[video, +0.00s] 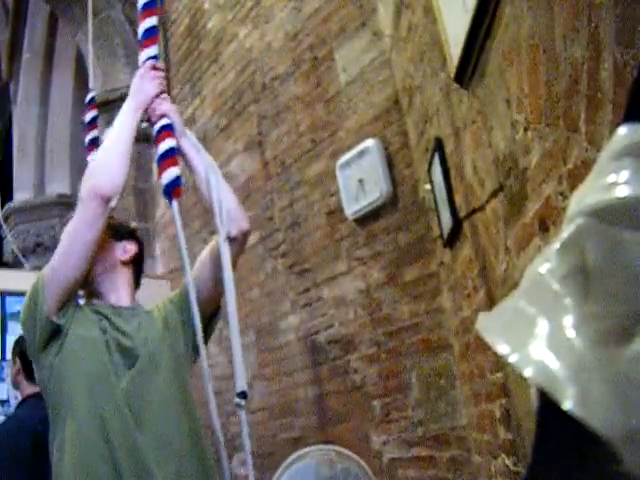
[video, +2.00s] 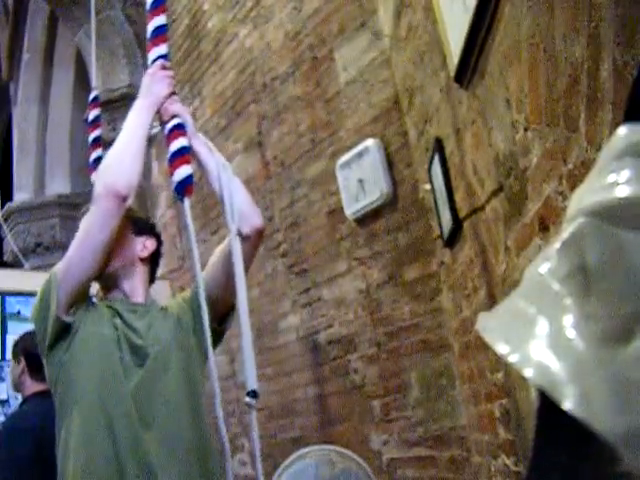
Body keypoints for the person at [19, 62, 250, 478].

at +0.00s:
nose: (84, 247)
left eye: (96, 237)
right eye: (83, 240)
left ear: (127, 250)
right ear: (72, 255)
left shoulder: (171, 322)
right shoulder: (53, 328)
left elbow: (234, 229)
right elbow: (98, 193)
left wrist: (179, 132)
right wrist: (134, 103)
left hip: (184, 470)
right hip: (86, 470)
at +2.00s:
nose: (101, 238)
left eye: (115, 230)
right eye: (102, 230)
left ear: (146, 245)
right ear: (88, 246)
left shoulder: (185, 320)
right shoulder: (66, 322)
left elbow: (248, 228)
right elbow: (112, 191)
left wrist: (193, 137)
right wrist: (145, 103)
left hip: (189, 470)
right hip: (92, 470)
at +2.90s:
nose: (148, 239)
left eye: (155, 231)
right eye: (137, 232)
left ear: (163, 244)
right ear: (108, 242)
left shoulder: (184, 331)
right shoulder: (65, 325)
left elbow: (251, 280)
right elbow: (126, 237)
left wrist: (193, 191)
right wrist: (142, 154)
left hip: (185, 471)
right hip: (94, 471)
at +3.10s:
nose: (153, 246)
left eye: (159, 235)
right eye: (136, 233)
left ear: (168, 249)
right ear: (97, 255)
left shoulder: (177, 326)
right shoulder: (58, 318)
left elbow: (252, 328)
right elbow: (127, 280)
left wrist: (200, 220)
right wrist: (149, 183)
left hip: (178, 471)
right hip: (90, 471)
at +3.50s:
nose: (167, 267)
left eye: (175, 253)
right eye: (149, 252)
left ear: (184, 262)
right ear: (113, 266)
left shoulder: (190, 340)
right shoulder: (61, 337)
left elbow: (239, 467)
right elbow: (65, 452)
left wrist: (221, 423)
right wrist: (180, 375)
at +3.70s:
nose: (162, 272)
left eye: (171, 257)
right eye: (145, 257)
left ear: (180, 263)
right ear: (108, 268)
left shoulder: (196, 350)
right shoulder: (64, 353)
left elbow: (216, 458)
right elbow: (74, 471)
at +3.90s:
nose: (158, 270)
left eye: (167, 255)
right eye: (141, 255)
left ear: (176, 262)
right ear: (105, 268)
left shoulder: (196, 348)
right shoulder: (68, 360)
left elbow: (220, 456)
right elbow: (90, 475)